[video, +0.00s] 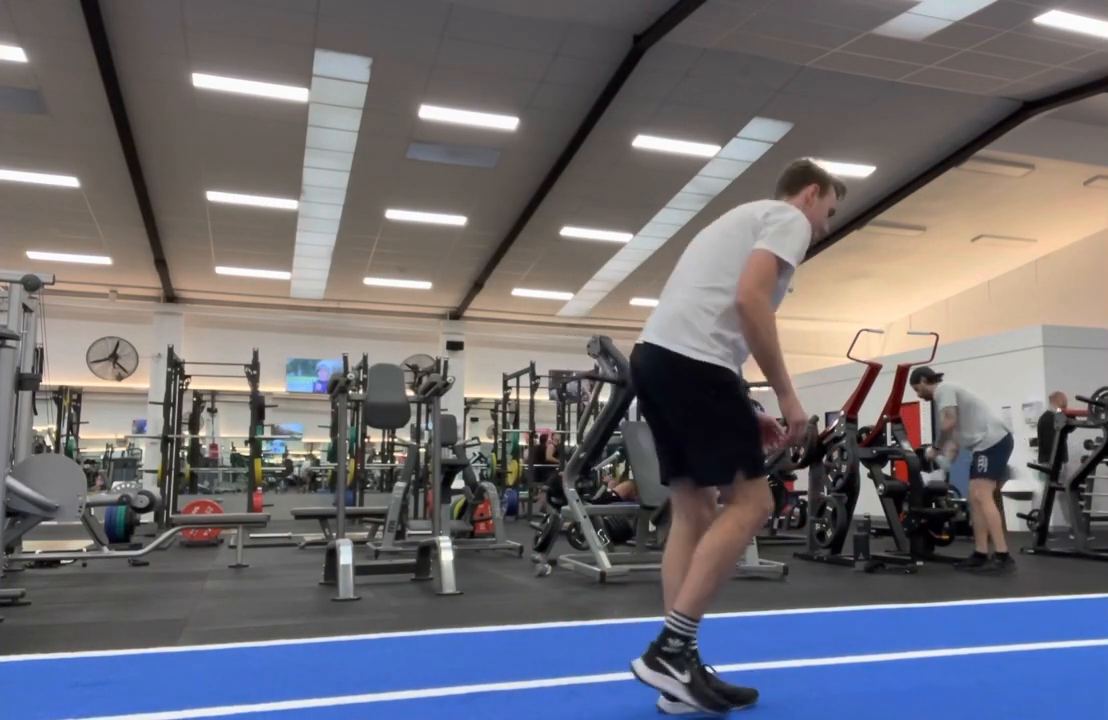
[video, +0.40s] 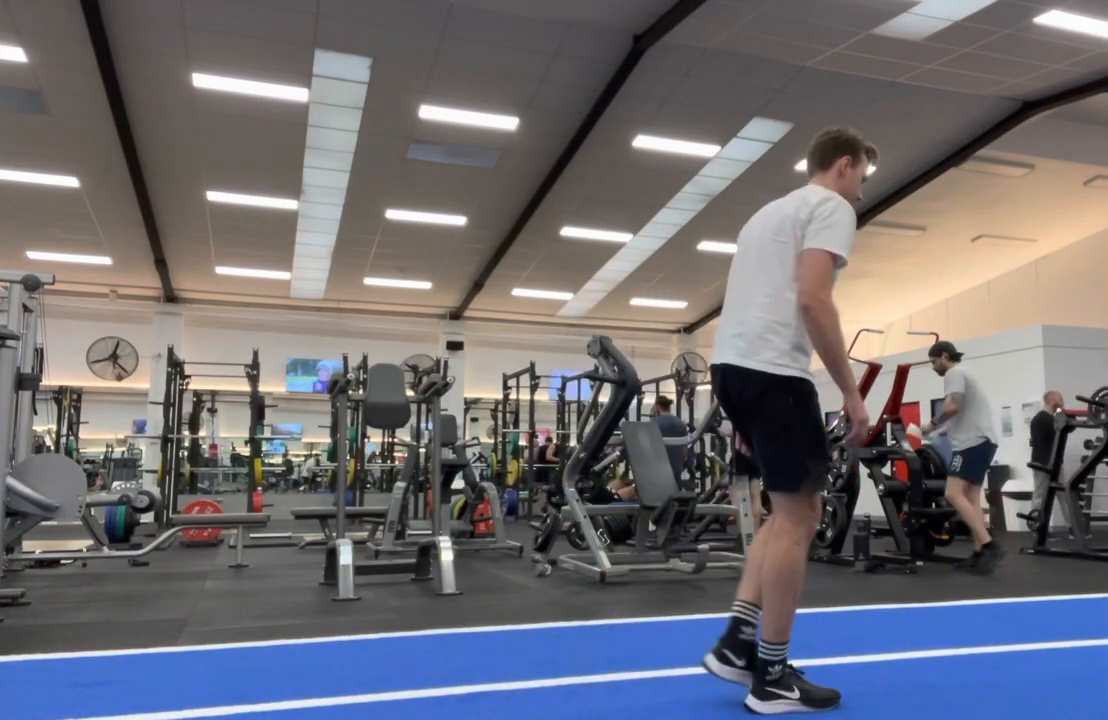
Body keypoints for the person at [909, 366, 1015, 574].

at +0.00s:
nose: (918, 395)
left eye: (917, 389)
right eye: (915, 391)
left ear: (925, 381)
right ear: (926, 382)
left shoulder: (944, 390)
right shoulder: (947, 395)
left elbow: (948, 423)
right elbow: (956, 439)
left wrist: (936, 448)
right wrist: (945, 462)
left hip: (993, 439)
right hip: (982, 444)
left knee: (982, 494)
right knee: (974, 497)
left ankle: (1002, 555)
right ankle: (981, 554)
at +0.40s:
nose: (932, 366)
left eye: (934, 361)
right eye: (931, 362)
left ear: (945, 357)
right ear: (949, 357)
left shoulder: (955, 373)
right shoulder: (963, 374)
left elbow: (954, 406)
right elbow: (961, 414)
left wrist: (933, 424)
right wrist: (935, 427)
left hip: (973, 440)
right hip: (983, 440)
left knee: (953, 493)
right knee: (971, 496)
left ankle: (987, 544)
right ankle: (979, 550)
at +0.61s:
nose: (937, 361)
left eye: (938, 355)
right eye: (936, 356)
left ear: (951, 352)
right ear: (954, 353)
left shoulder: (958, 372)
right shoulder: (968, 373)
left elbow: (953, 405)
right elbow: (964, 410)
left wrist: (930, 419)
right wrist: (939, 421)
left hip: (965, 442)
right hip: (978, 442)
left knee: (947, 494)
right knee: (970, 497)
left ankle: (974, 548)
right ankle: (981, 550)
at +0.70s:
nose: (937, 357)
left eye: (939, 352)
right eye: (936, 353)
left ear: (952, 351)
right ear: (956, 352)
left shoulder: (956, 371)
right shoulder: (967, 373)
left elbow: (951, 405)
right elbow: (963, 410)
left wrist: (929, 417)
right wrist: (938, 420)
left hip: (962, 441)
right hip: (977, 441)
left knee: (947, 494)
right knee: (969, 496)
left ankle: (963, 550)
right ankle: (980, 551)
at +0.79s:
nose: (936, 355)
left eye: (939, 350)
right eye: (936, 350)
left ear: (951, 350)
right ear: (957, 350)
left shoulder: (954, 370)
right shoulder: (967, 372)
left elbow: (948, 405)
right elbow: (960, 409)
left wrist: (928, 418)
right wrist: (935, 418)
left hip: (959, 441)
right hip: (975, 441)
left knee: (947, 495)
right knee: (969, 497)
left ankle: (951, 552)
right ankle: (980, 552)